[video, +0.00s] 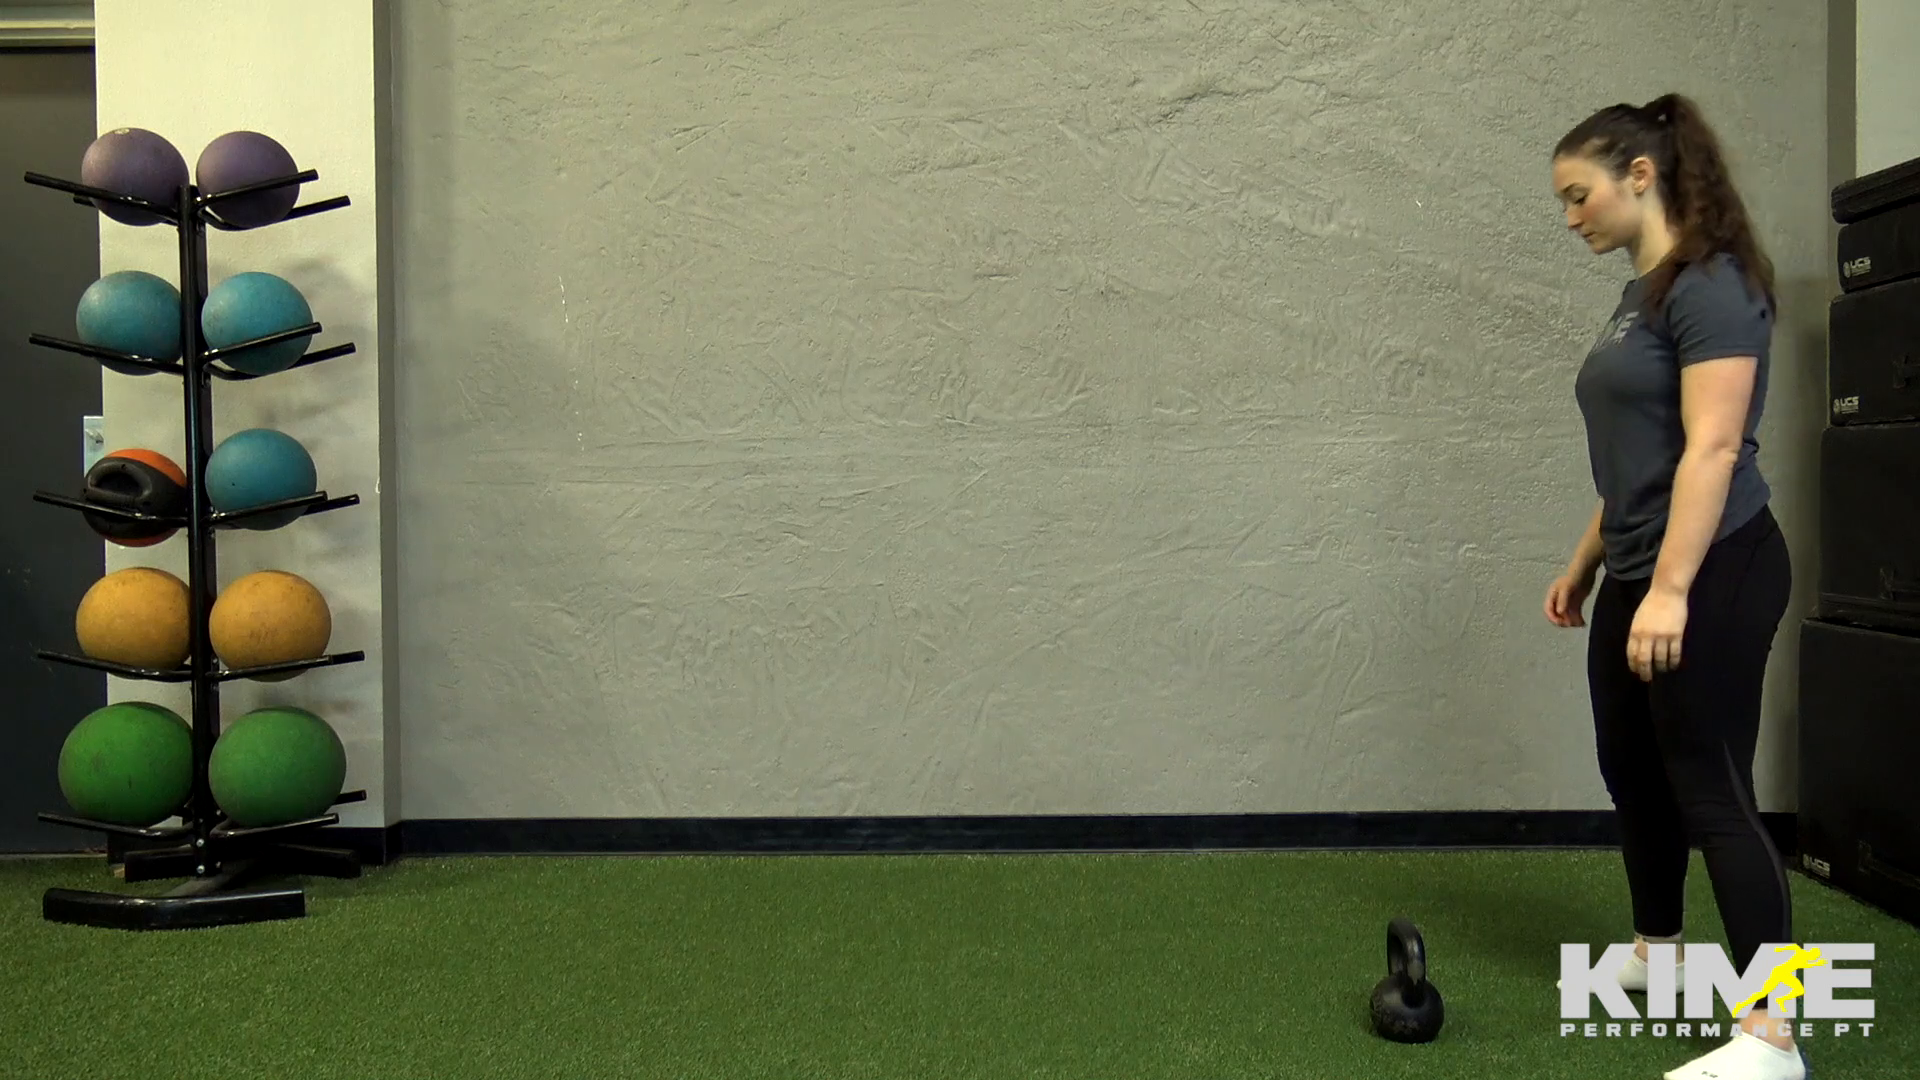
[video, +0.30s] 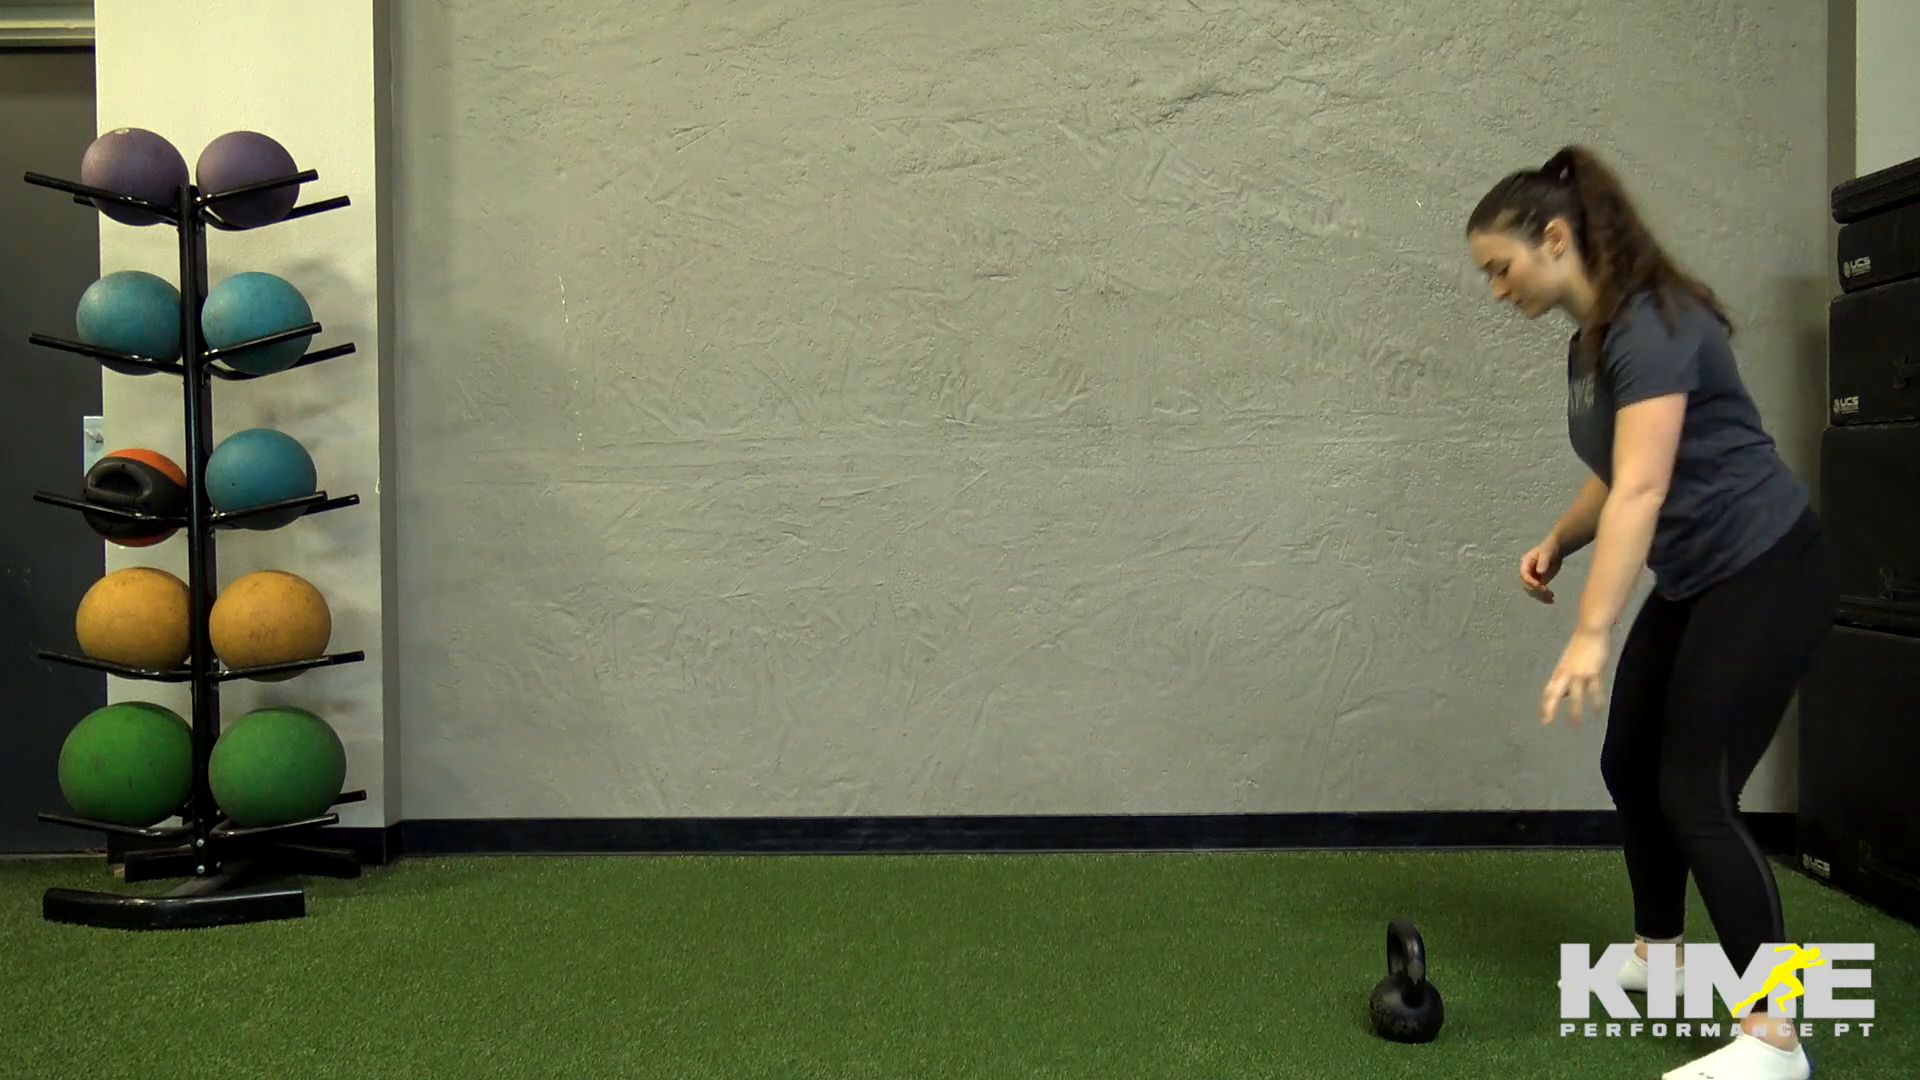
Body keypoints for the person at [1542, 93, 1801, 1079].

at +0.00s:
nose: (1572, 221)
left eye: (1578, 198)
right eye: (1565, 204)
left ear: (1641, 176)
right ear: (1636, 185)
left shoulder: (1713, 287)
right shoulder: (1649, 290)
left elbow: (1716, 448)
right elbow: (1644, 455)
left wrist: (1669, 588)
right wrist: (1589, 555)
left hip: (1715, 564)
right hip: (1640, 564)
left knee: (1708, 786)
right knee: (1637, 776)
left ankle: (1772, 1026)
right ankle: (1660, 965)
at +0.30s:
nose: (1500, 291)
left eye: (1501, 270)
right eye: (1492, 278)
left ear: (1558, 237)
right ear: (1553, 244)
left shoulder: (1649, 326)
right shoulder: (1597, 337)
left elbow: (1639, 492)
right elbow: (1618, 471)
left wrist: (1591, 632)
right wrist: (1561, 535)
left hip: (1767, 569)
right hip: (1692, 580)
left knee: (1692, 783)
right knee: (1632, 770)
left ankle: (1777, 1022)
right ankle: (1657, 960)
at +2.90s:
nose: (1447, 538)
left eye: (1454, 518)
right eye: (1444, 521)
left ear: (1514, 506)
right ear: (1513, 507)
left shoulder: (1604, 593)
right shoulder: (1573, 568)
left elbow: (1570, 779)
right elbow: (1577, 707)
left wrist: (1511, 897)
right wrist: (1512, 667)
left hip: (1841, 679)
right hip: (1769, 673)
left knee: (1680, 819)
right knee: (1589, 772)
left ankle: (1778, 1038)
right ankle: (1654, 957)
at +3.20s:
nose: (1445, 399)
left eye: (1459, 380)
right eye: (1446, 382)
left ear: (1520, 382)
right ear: (1517, 386)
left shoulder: (1595, 479)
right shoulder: (1550, 476)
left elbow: (1652, 654)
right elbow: (1577, 605)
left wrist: (1685, 777)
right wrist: (1507, 569)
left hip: (1811, 623)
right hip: (1726, 627)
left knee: (1695, 810)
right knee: (1595, 771)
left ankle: (1781, 1037)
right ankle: (1657, 962)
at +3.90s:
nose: (1642, 202)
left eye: (1657, 182)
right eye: (1640, 186)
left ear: (1724, 182)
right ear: (1702, 190)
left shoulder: (1787, 286)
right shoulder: (1672, 307)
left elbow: (1769, 440)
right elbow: (1613, 449)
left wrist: (1620, 441)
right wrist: (1570, 385)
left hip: (1742, 565)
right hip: (1659, 569)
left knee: (1734, 788)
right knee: (1656, 781)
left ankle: (1782, 1032)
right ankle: (1658, 971)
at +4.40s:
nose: (1661, 168)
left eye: (1679, 151)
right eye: (1660, 154)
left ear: (1741, 165)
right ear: (1675, 178)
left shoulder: (1776, 287)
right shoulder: (1670, 285)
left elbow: (1689, 404)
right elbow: (1636, 449)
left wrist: (1651, 278)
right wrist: (1570, 408)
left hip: (1737, 562)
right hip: (1652, 567)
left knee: (1738, 788)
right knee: (1662, 784)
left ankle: (1786, 1034)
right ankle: (1658, 967)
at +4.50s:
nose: (1661, 168)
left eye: (1679, 151)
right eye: (1660, 153)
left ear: (1742, 166)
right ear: (1702, 173)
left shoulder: (1770, 289)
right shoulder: (1671, 284)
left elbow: (1679, 408)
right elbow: (1641, 448)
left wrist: (1644, 283)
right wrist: (1569, 416)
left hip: (1738, 561)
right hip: (1655, 567)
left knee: (1739, 785)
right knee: (1662, 781)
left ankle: (1784, 1031)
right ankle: (1659, 962)